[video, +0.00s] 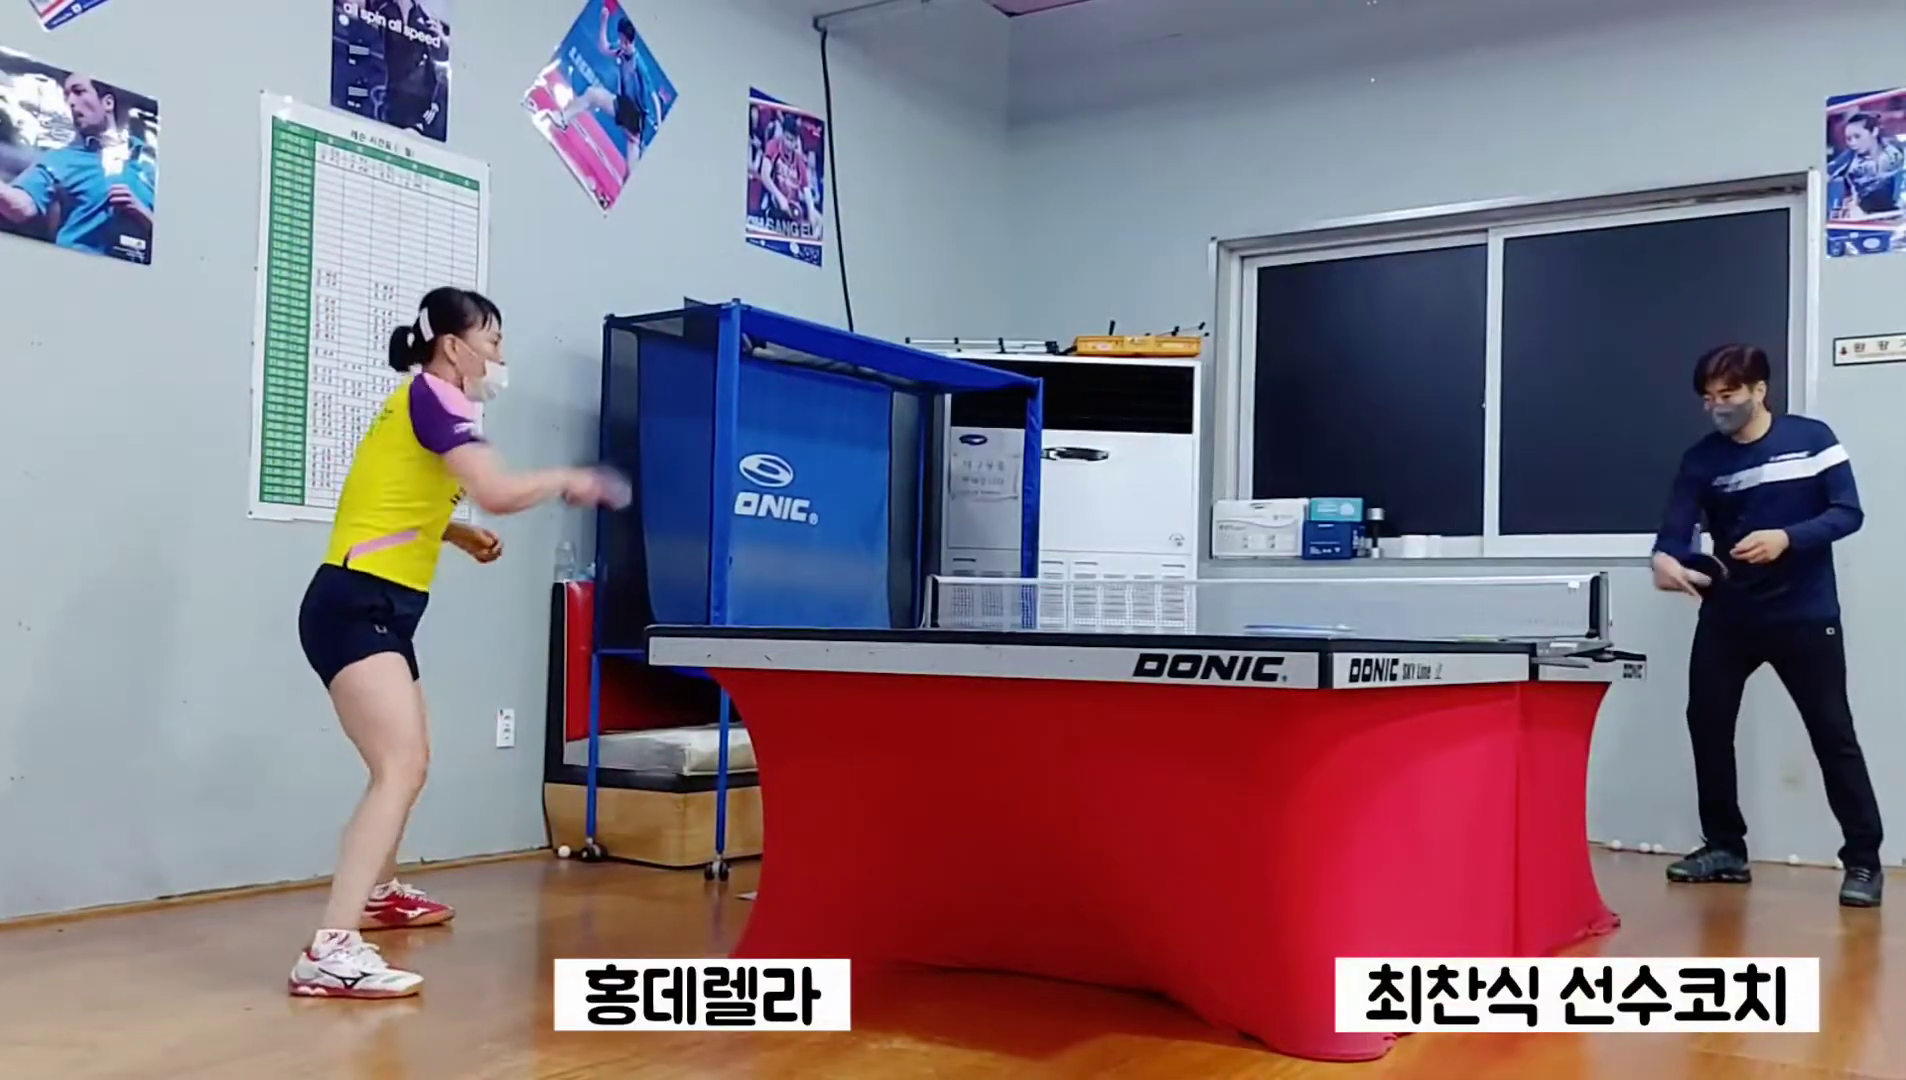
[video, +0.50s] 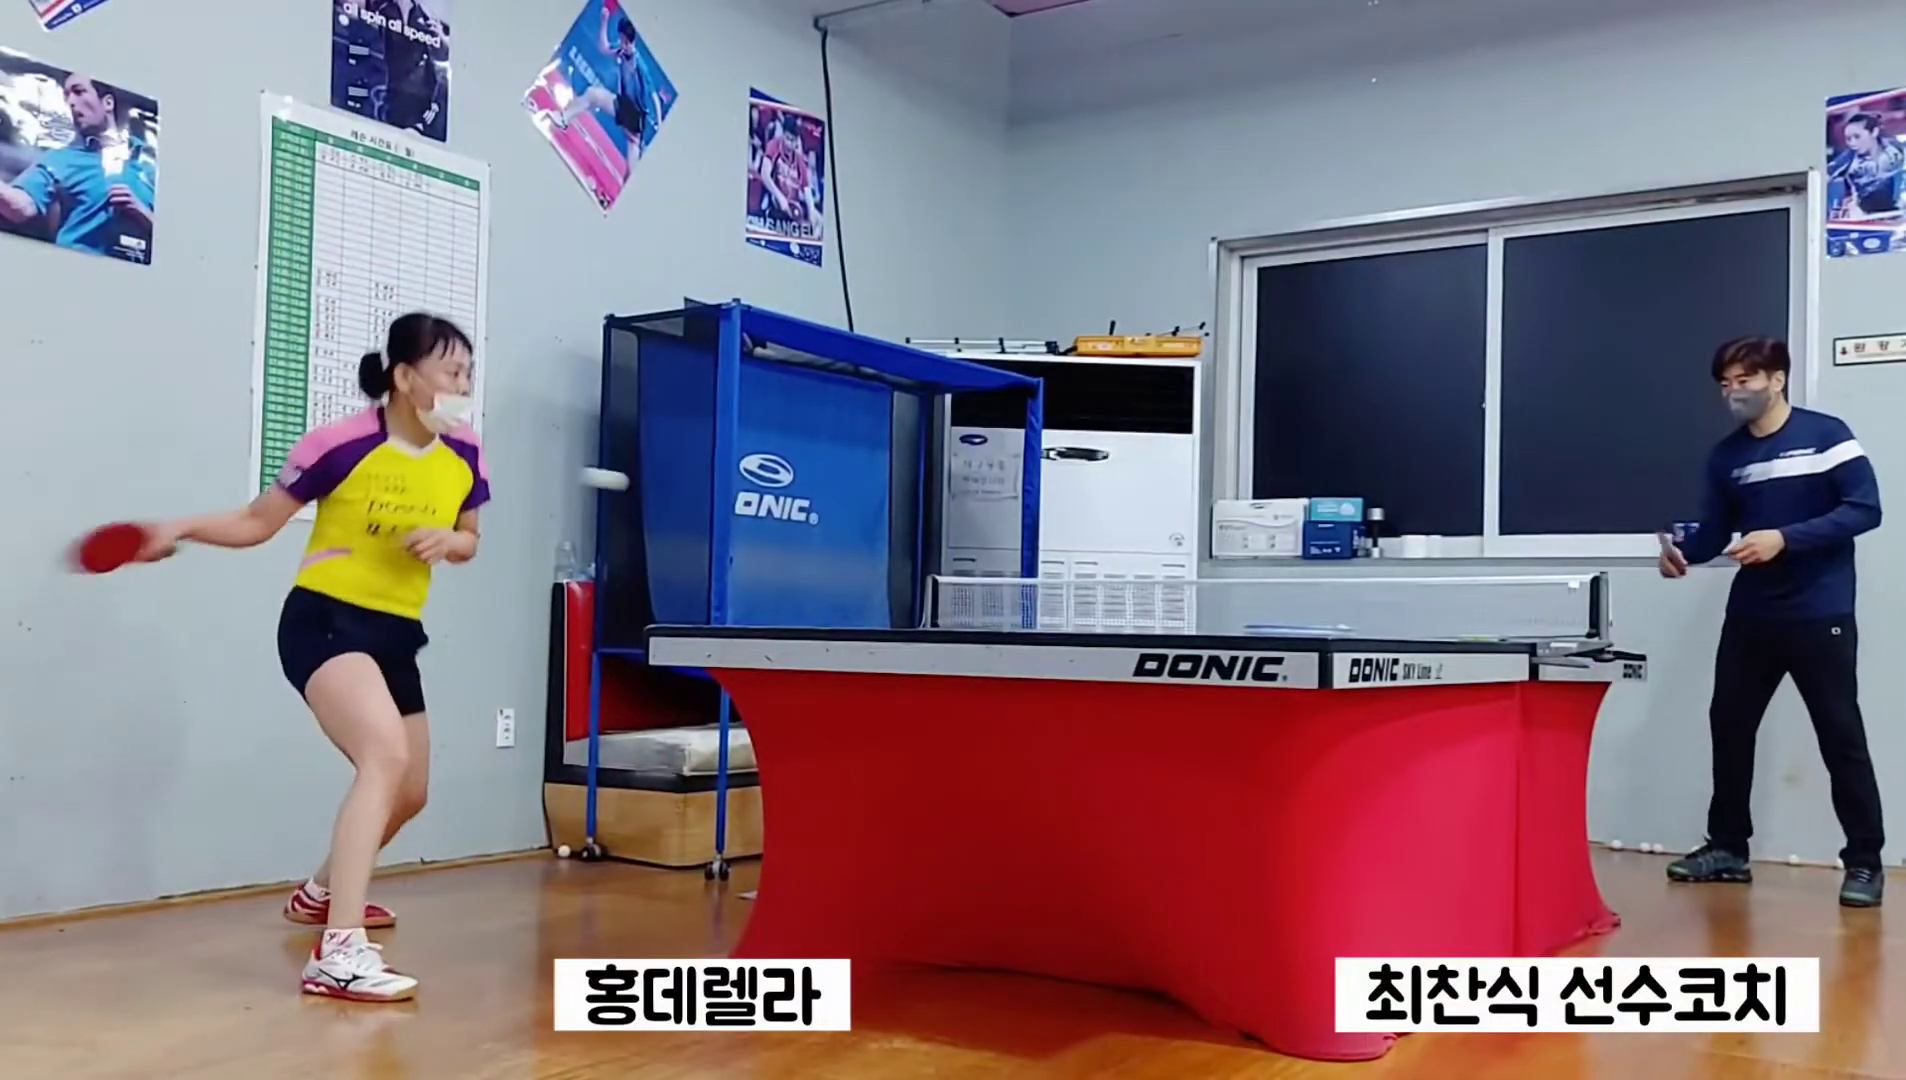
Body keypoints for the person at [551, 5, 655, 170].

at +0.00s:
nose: (621, 42)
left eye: (623, 39)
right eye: (621, 38)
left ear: (627, 40)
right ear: (622, 39)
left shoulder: (631, 56)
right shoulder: (622, 53)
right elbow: (603, 49)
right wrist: (604, 22)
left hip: (629, 108)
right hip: (637, 115)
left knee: (593, 94)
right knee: (632, 163)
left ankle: (563, 118)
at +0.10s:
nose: (621, 42)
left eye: (623, 39)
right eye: (621, 39)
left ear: (628, 40)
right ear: (622, 38)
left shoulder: (631, 54)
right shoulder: (623, 53)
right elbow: (604, 49)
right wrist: (604, 22)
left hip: (628, 107)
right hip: (636, 114)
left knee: (593, 94)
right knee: (631, 164)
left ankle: (563, 118)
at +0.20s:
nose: (621, 42)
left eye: (623, 39)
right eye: (621, 39)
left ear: (627, 40)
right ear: (623, 39)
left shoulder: (630, 55)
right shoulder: (623, 53)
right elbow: (603, 49)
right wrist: (604, 22)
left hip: (628, 108)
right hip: (636, 115)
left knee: (593, 94)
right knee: (632, 164)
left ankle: (563, 118)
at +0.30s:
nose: (621, 42)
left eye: (622, 39)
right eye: (621, 39)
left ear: (626, 39)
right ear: (628, 40)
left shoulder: (629, 54)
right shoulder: (624, 53)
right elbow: (603, 49)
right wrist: (604, 22)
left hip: (628, 108)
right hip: (637, 116)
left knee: (593, 94)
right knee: (631, 165)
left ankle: (563, 118)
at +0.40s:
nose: (621, 42)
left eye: (624, 39)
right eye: (622, 39)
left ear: (628, 40)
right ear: (622, 39)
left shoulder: (631, 55)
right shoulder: (624, 53)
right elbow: (604, 49)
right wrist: (604, 22)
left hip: (629, 108)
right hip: (637, 116)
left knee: (593, 94)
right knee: (632, 162)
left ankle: (563, 118)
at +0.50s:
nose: (622, 42)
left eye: (624, 39)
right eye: (622, 39)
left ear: (628, 40)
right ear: (622, 38)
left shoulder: (631, 55)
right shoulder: (624, 52)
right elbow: (604, 49)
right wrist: (604, 22)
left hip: (629, 108)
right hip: (637, 115)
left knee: (593, 94)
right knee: (632, 162)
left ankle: (563, 118)